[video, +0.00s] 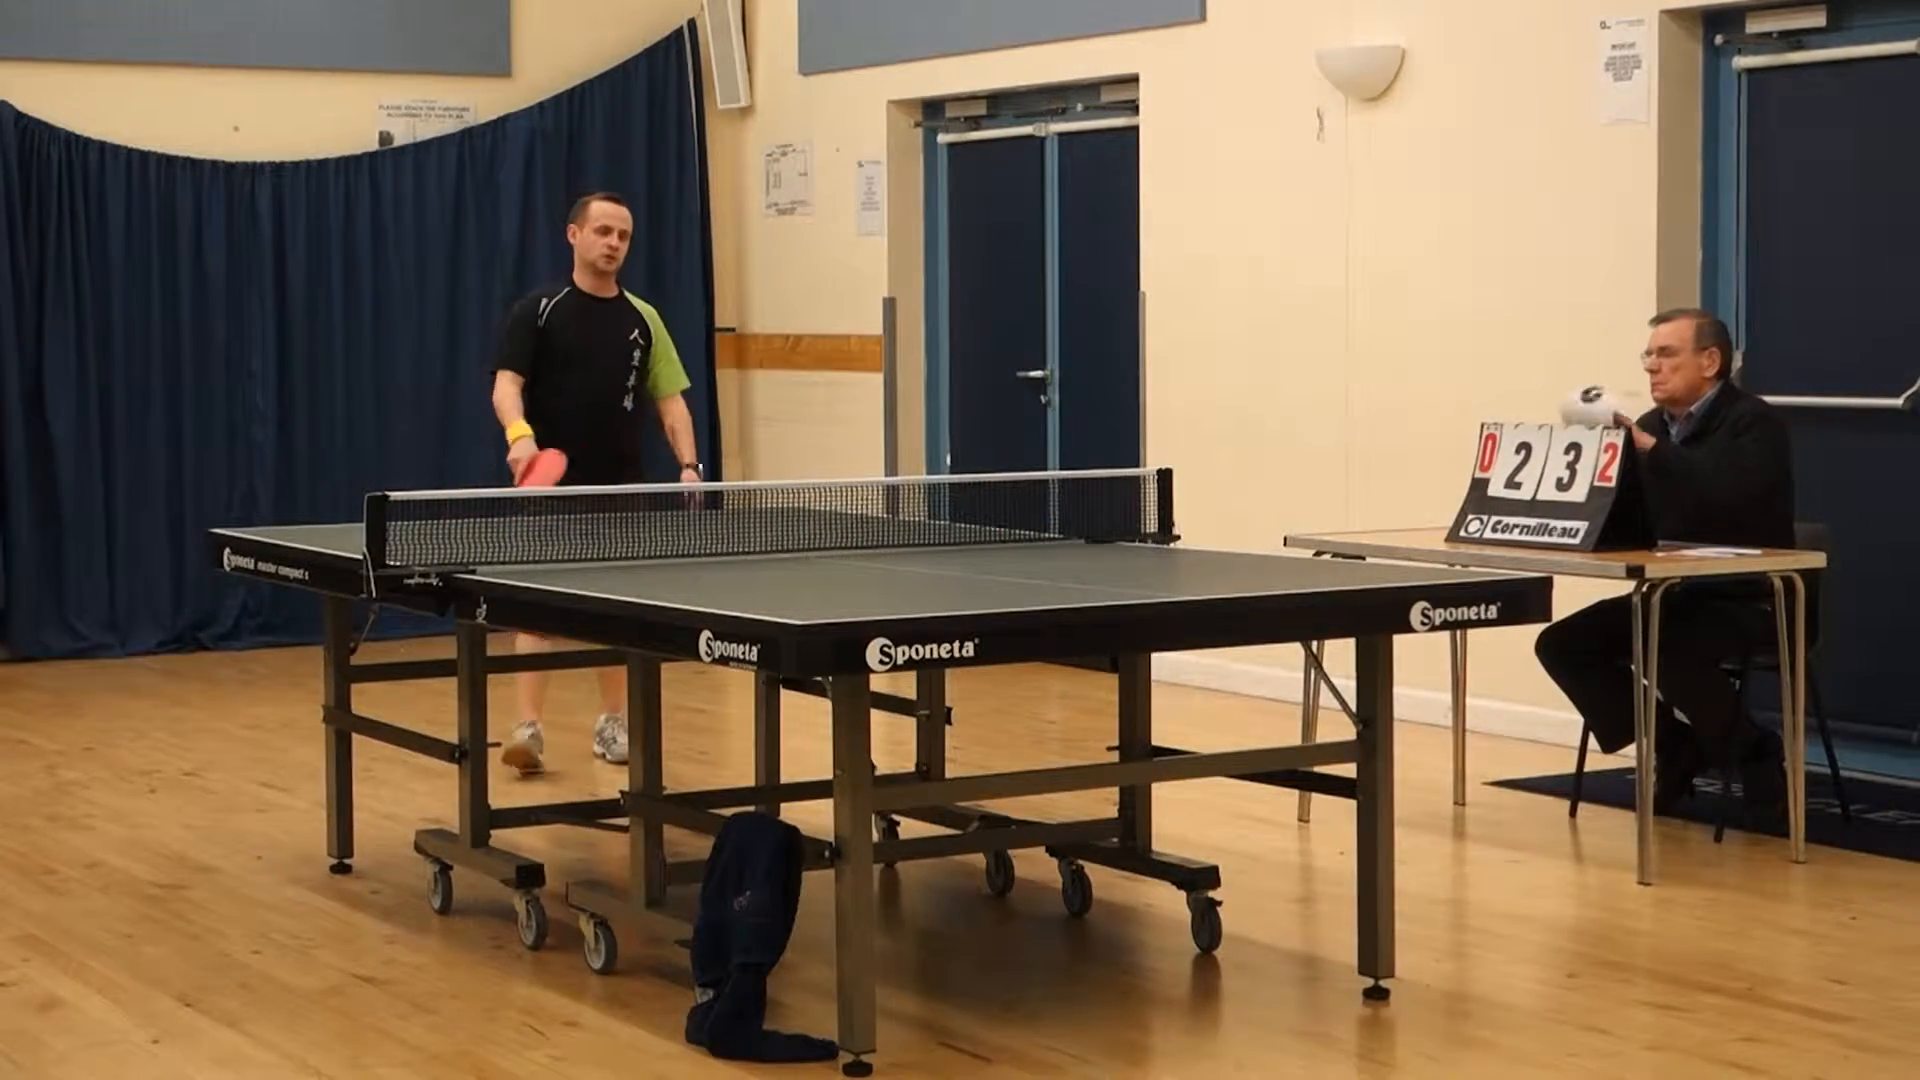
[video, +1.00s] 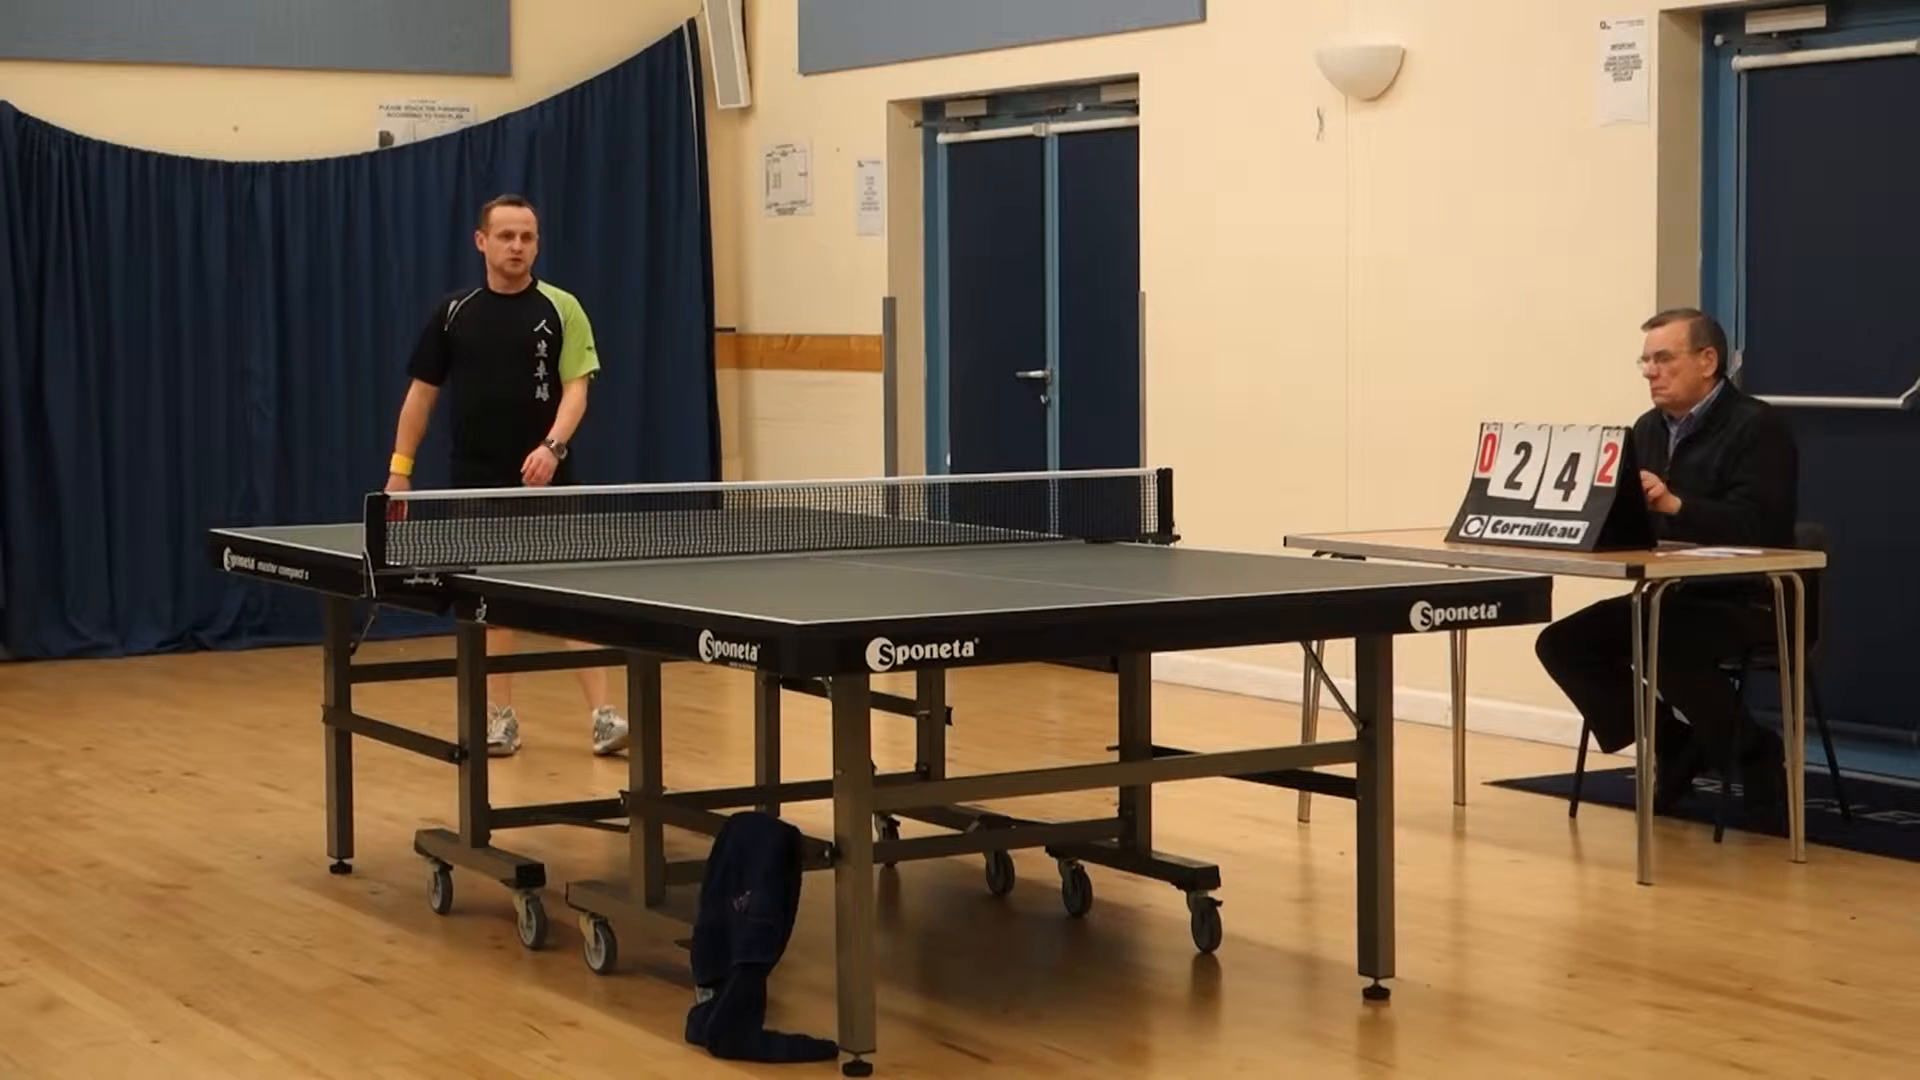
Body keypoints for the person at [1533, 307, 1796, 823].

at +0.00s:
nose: (1651, 366)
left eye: (1666, 354)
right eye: (1649, 355)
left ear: (1710, 362)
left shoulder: (1755, 424)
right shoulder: (1650, 427)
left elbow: (1722, 492)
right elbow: (1612, 517)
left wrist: (1644, 444)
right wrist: (1580, 444)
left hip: (1752, 594)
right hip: (1672, 591)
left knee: (1669, 647)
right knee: (1562, 644)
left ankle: (1751, 748)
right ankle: (1671, 741)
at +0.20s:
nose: (1651, 365)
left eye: (1666, 353)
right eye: (1650, 354)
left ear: (1711, 360)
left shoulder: (1753, 420)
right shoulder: (1652, 429)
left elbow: (1713, 479)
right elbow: (1622, 526)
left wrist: (1625, 435)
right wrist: (1565, 464)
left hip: (1757, 594)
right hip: (1677, 591)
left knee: (1667, 646)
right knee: (1562, 644)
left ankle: (1753, 749)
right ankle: (1673, 741)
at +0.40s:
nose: (1651, 365)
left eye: (1665, 353)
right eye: (1649, 354)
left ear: (1710, 359)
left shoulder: (1754, 419)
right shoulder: (1652, 428)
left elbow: (1707, 467)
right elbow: (1615, 524)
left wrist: (1627, 424)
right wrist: (1563, 450)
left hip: (1753, 595)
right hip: (1675, 592)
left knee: (1665, 646)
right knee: (1562, 643)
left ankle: (1752, 747)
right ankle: (1673, 742)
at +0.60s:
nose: (1648, 366)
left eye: (1663, 353)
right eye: (1646, 355)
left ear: (1707, 360)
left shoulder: (1752, 422)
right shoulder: (1651, 428)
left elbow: (1720, 491)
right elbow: (1619, 522)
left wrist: (1643, 449)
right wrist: (1593, 455)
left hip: (1753, 595)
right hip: (1675, 592)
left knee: (1666, 647)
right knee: (1562, 644)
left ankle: (1753, 749)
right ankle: (1672, 741)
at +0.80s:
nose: (1648, 368)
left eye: (1662, 356)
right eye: (1646, 357)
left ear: (1707, 361)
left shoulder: (1757, 426)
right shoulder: (1648, 430)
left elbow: (1766, 521)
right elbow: (1618, 518)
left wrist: (1679, 494)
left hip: (1748, 595)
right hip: (1669, 592)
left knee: (1667, 648)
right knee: (1562, 644)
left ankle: (1754, 750)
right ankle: (1672, 741)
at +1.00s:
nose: (1649, 370)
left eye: (1663, 358)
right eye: (1646, 359)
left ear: (1708, 361)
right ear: (1643, 365)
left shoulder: (1758, 427)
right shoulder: (1647, 431)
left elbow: (1765, 526)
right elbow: (1617, 511)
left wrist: (1677, 506)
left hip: (1749, 595)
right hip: (1669, 593)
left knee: (1666, 645)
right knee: (1562, 643)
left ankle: (1753, 750)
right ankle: (1672, 741)